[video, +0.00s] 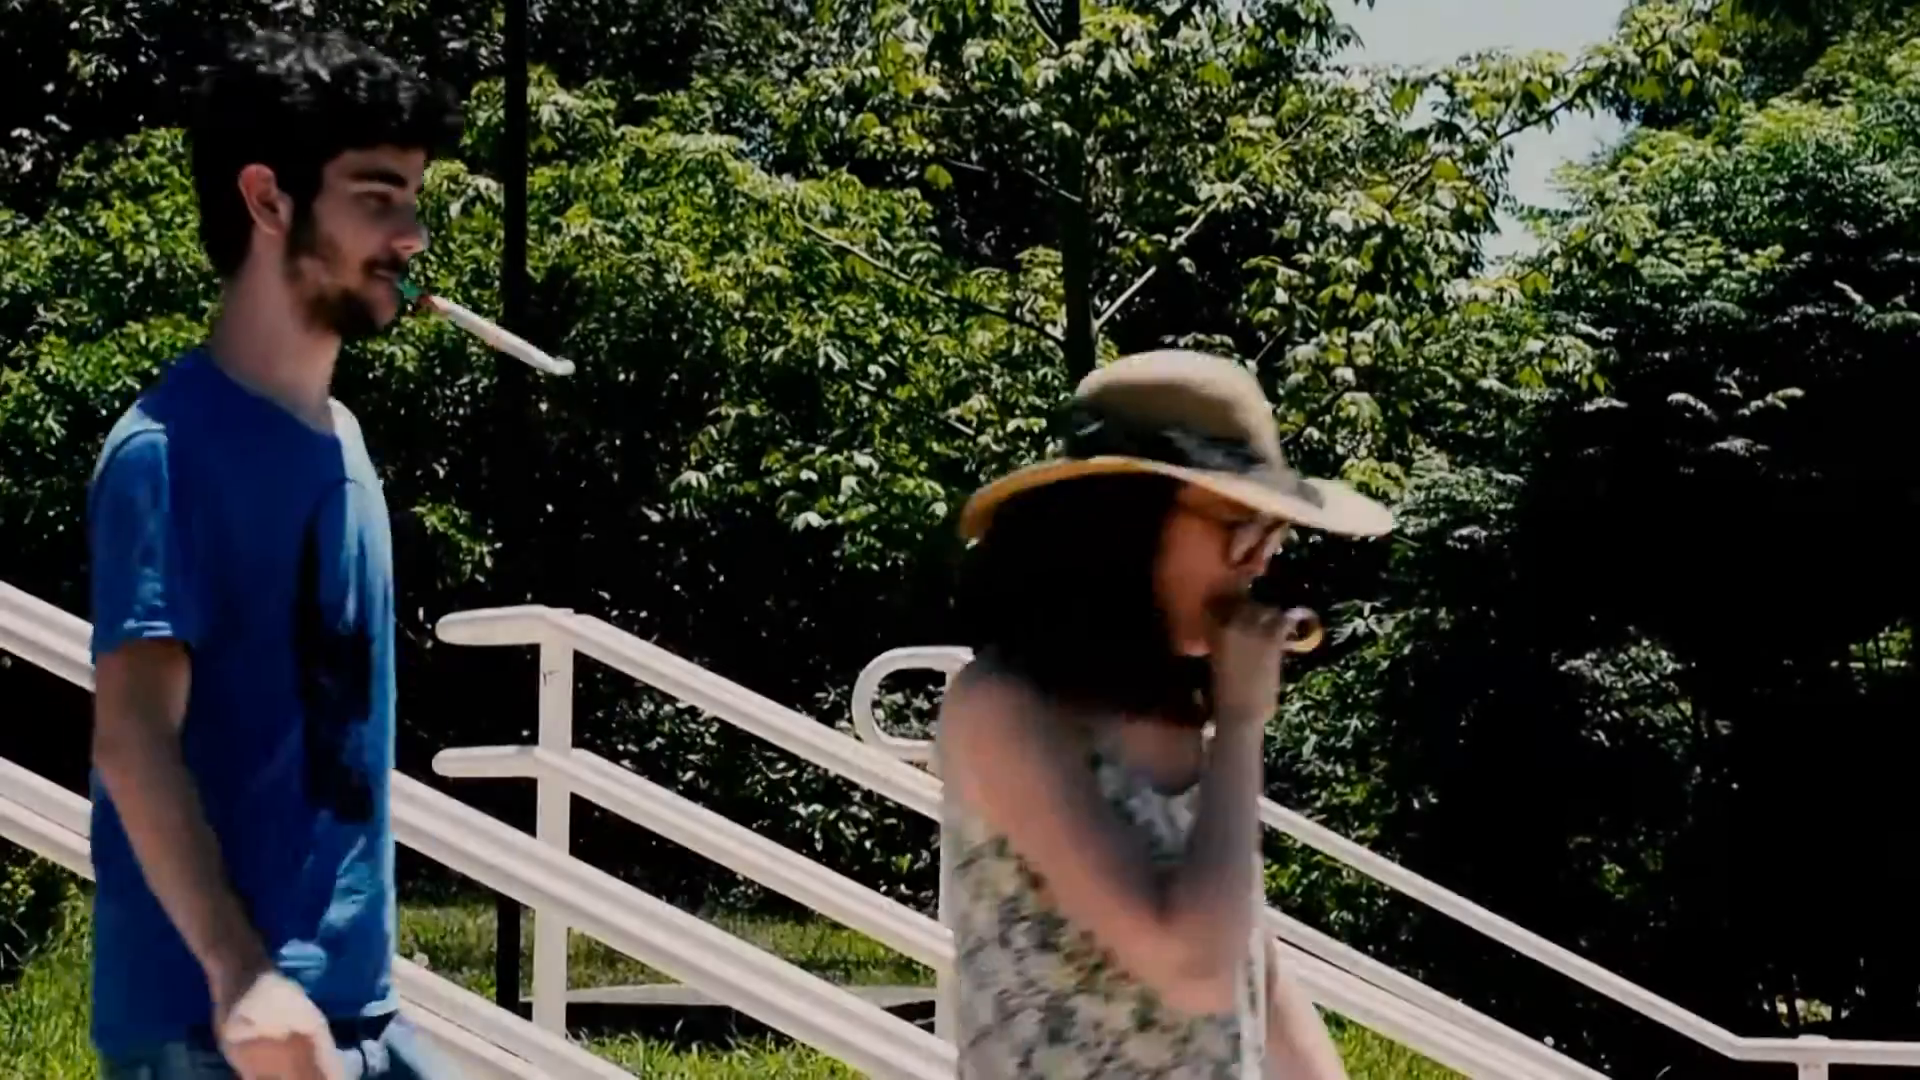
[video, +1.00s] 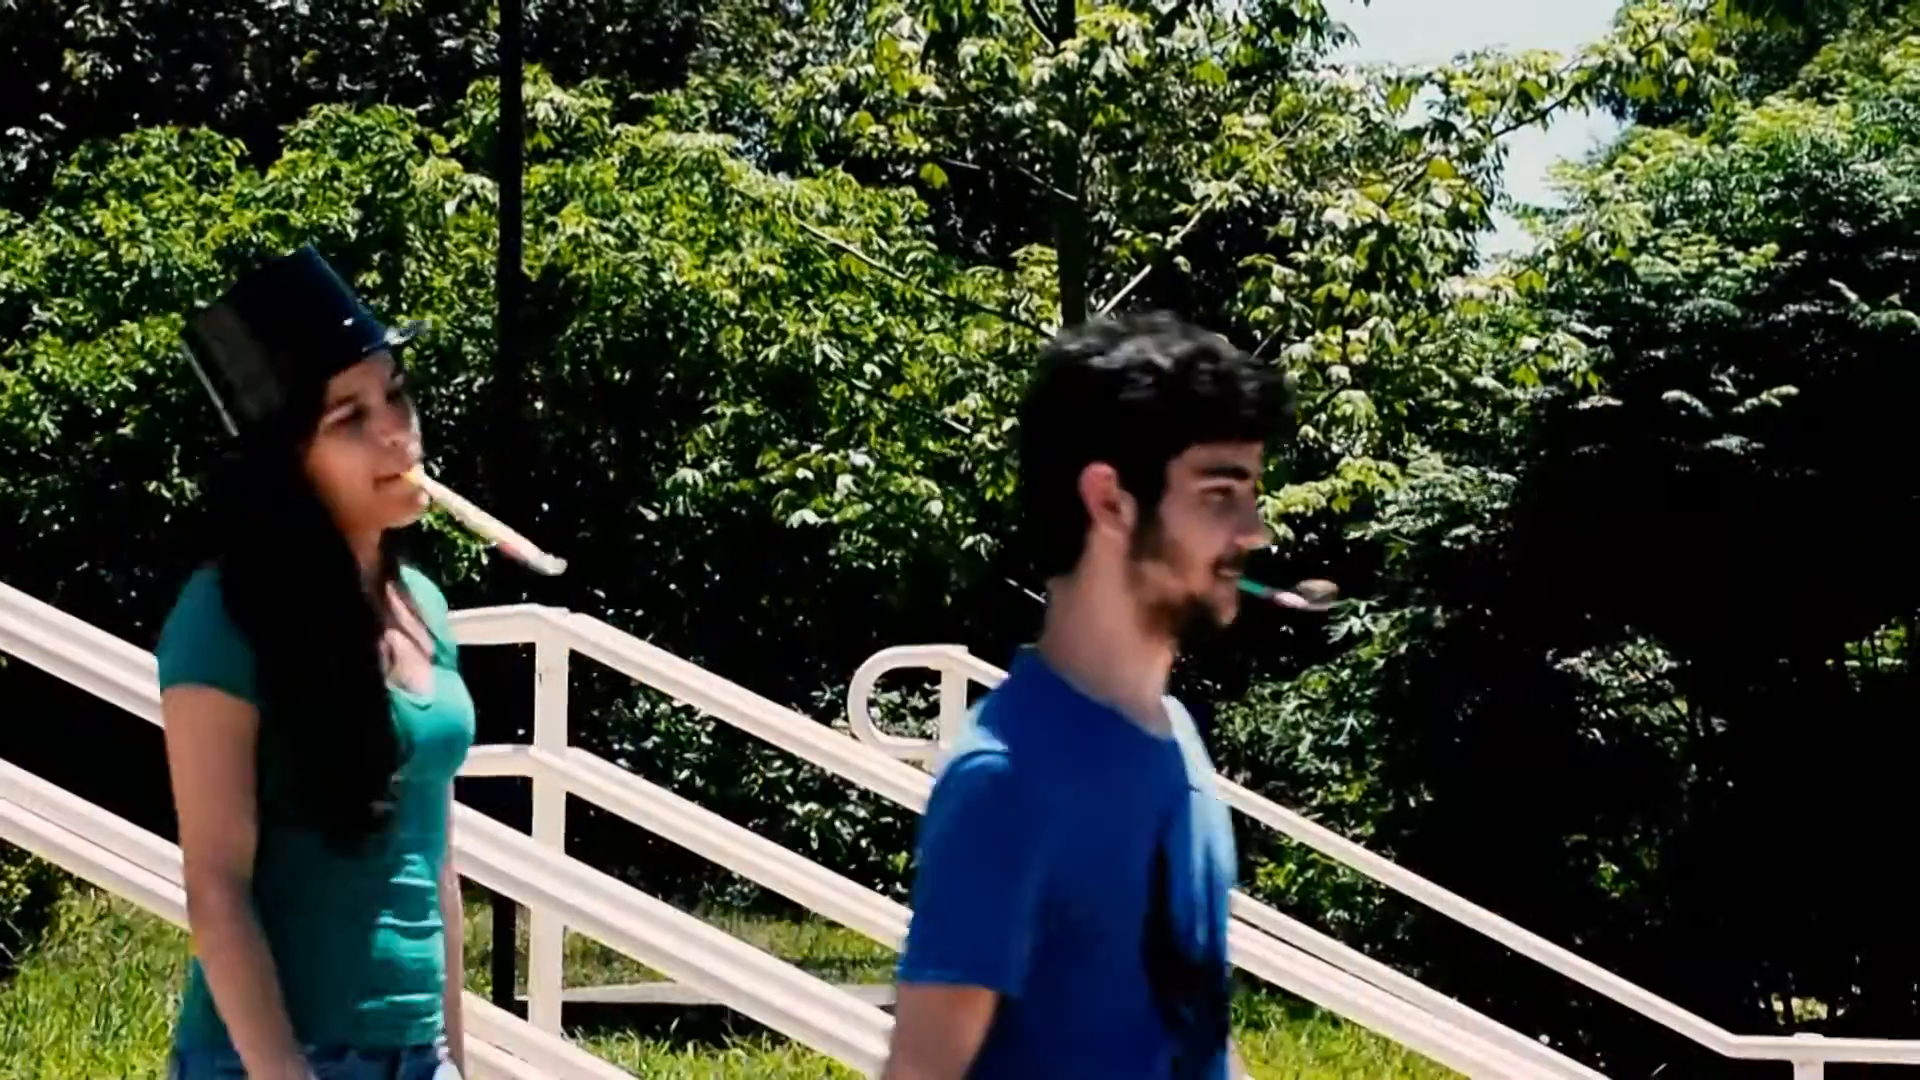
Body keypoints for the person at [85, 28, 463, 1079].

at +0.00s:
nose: (411, 240)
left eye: (414, 207)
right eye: (379, 200)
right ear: (269, 199)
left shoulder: (338, 439)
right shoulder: (163, 452)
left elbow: (309, 721)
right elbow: (131, 738)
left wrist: (357, 965)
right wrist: (242, 978)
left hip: (357, 1007)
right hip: (210, 1031)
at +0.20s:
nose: (555, 233)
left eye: (558, 198)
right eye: (520, 193)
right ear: (409, 196)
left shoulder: (482, 428)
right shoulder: (303, 450)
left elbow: (447, 706)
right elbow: (238, 734)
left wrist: (486, 954)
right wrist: (401, 945)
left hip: (478, 988)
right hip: (326, 1010)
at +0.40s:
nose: (696, 371)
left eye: (697, 333)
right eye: (660, 328)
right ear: (549, 336)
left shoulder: (644, 573)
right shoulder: (447, 595)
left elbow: (634, 854)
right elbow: (366, 881)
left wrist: (668, 1052)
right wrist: (452, 1069)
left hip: (649, 1051)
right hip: (527, 1054)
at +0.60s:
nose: (842, 359)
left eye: (842, 324)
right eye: (808, 317)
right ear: (699, 323)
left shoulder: (782, 561)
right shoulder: (593, 583)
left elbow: (794, 827)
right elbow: (493, 869)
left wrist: (920, 1007)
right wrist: (545, 1071)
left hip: (787, 1050)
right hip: (657, 1053)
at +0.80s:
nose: (1020, 427)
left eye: (1018, 388)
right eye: (983, 386)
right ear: (875, 393)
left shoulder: (933, 627)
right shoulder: (773, 652)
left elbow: (949, 892)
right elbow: (656, 940)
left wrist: (1114, 1003)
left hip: (953, 1059)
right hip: (828, 1061)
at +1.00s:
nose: (1256, 532)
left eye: (1252, 497)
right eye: (1221, 493)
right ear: (1110, 500)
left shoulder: (1175, 730)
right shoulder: (1002, 782)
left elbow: (1180, 1019)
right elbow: (921, 1066)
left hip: (1198, 1062)